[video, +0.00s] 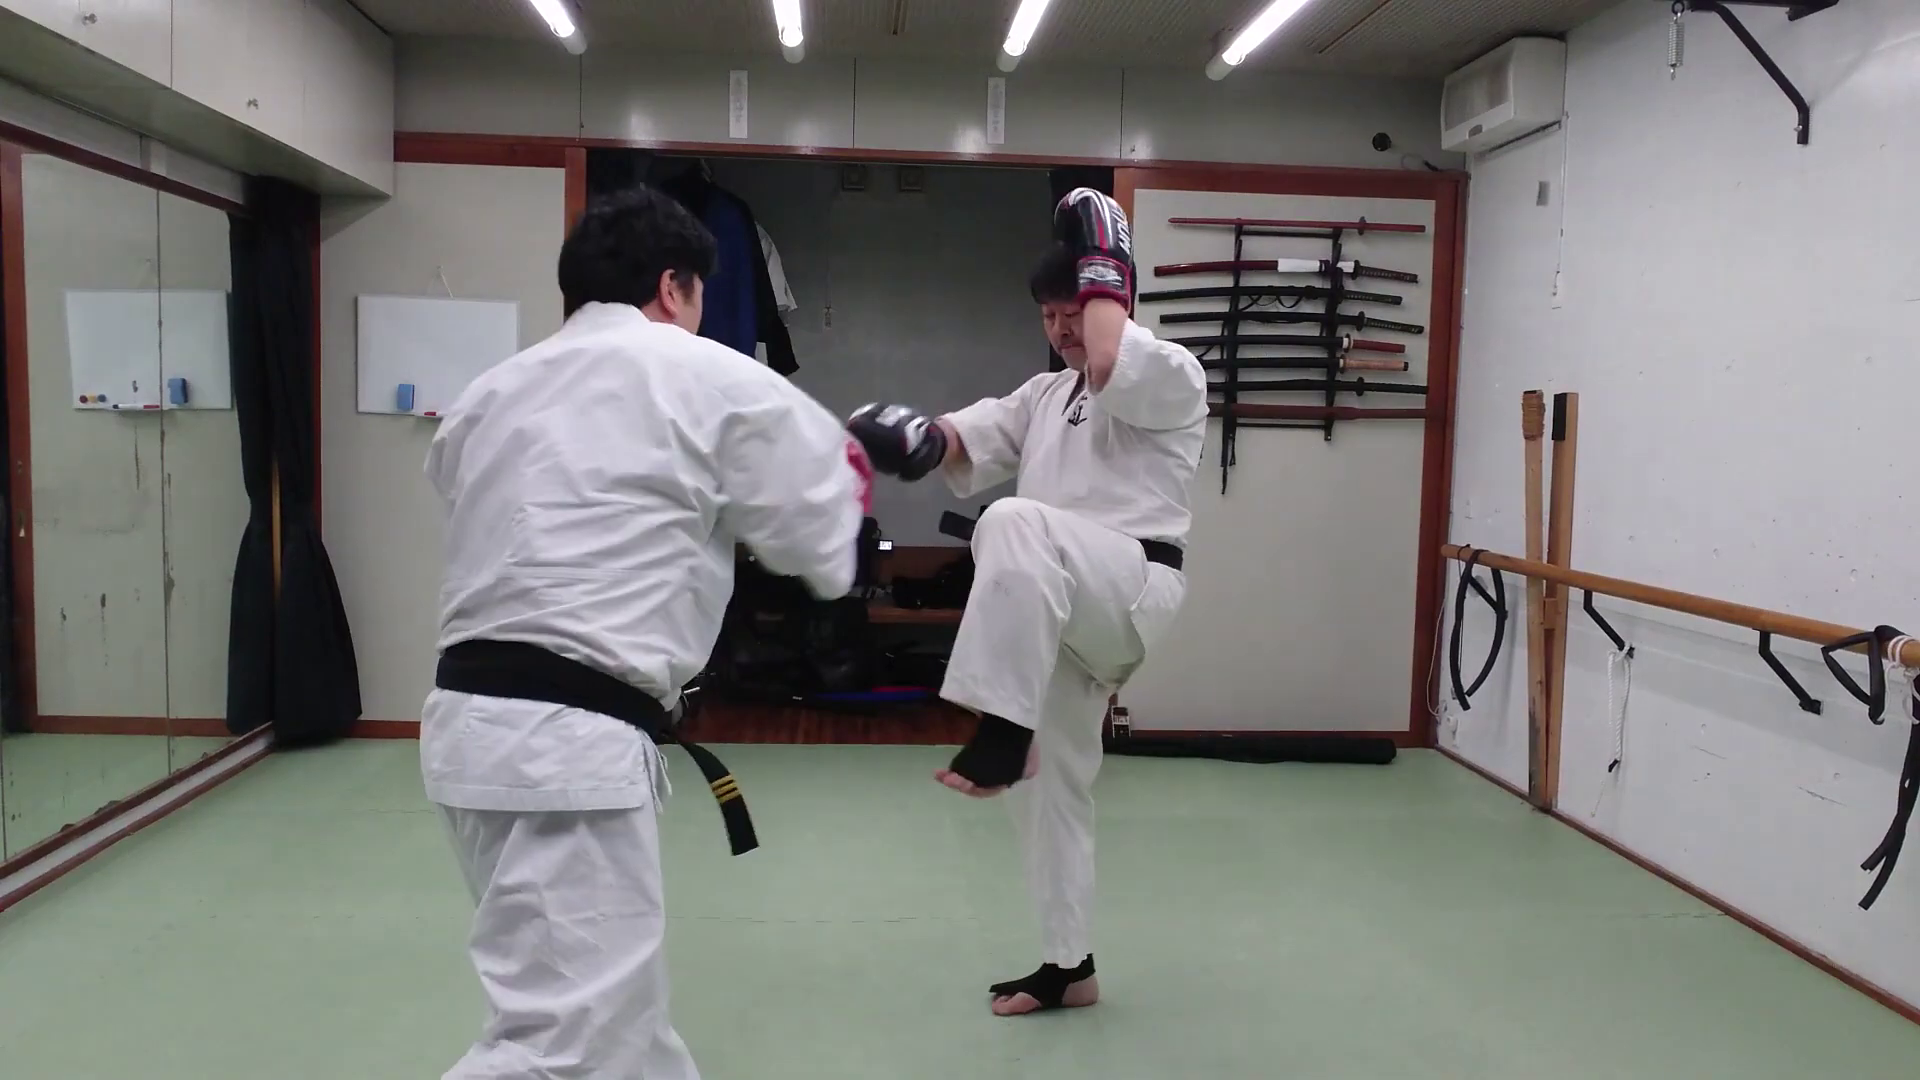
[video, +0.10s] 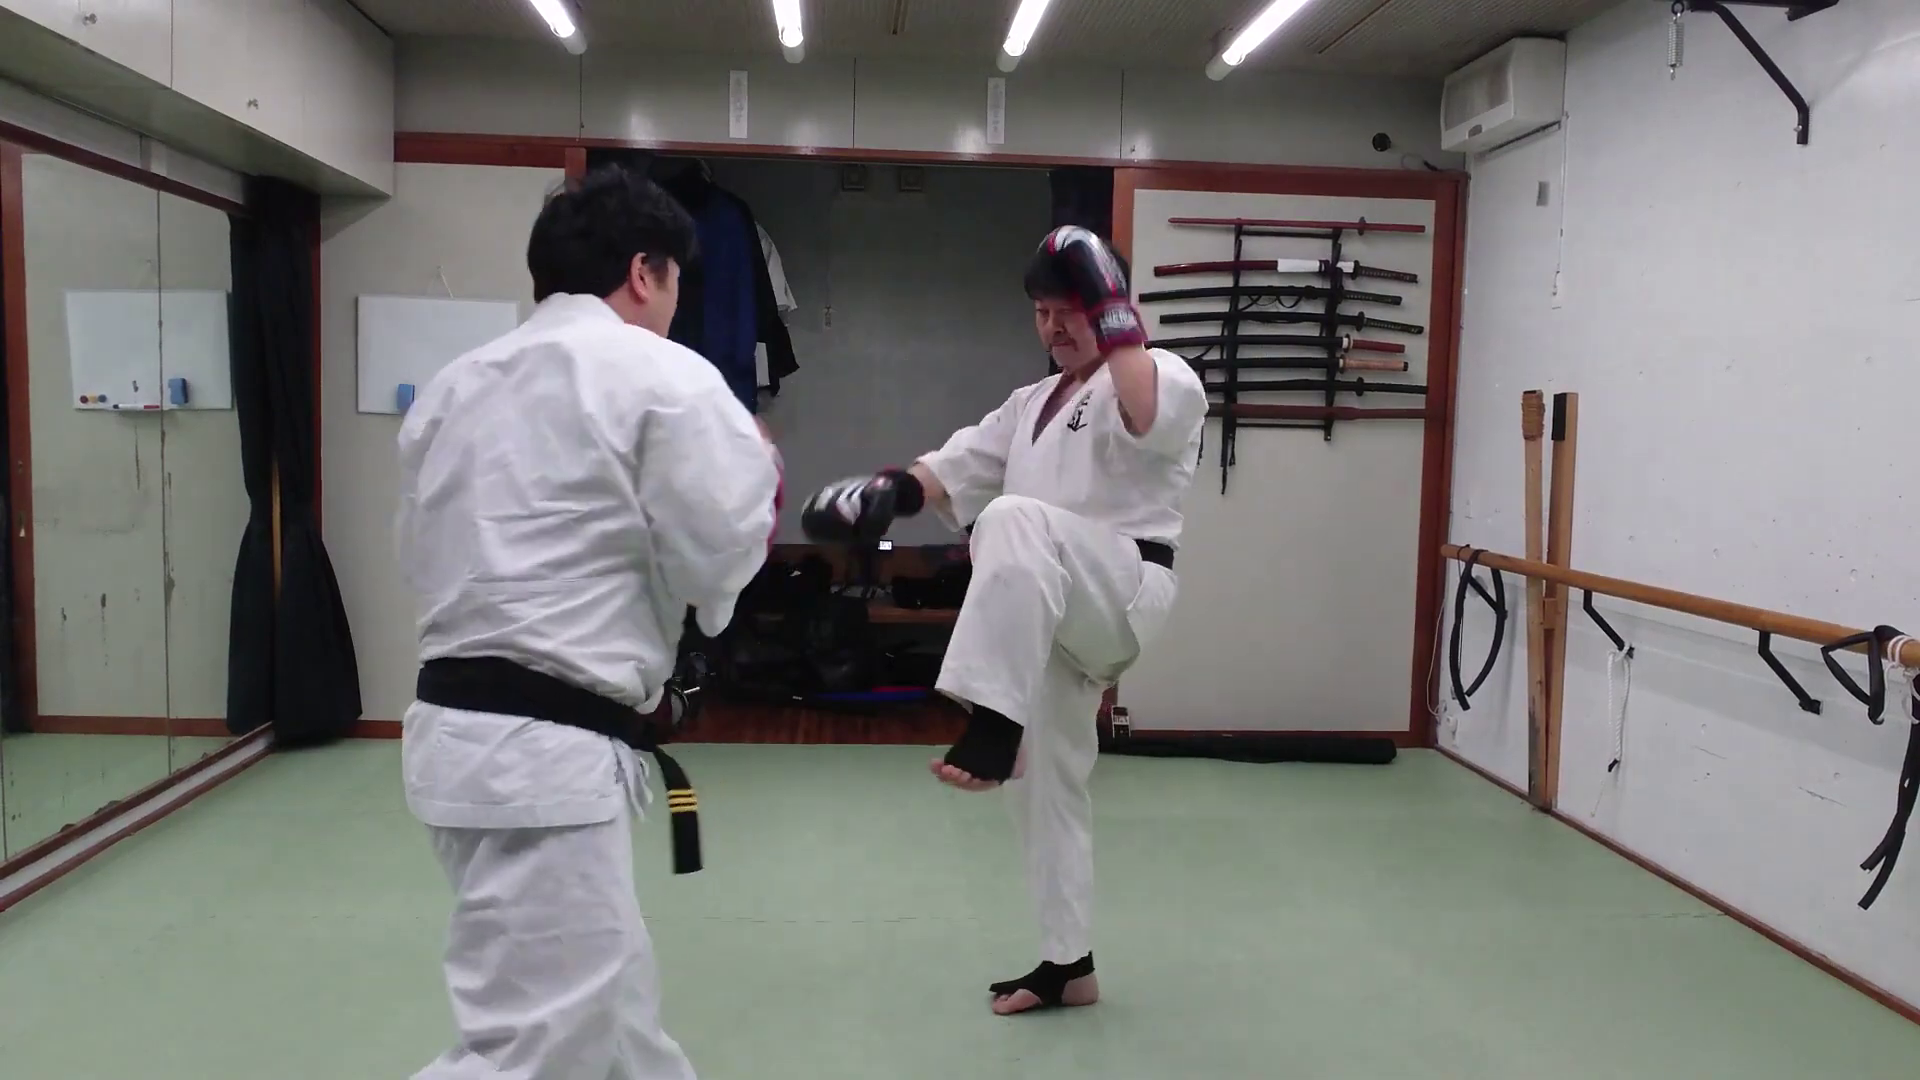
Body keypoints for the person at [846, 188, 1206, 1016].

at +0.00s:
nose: (1059, 325)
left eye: (1071, 310)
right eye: (1049, 313)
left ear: (1109, 308)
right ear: (1040, 319)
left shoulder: (1170, 381)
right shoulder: (1045, 394)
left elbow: (1109, 361)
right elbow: (970, 433)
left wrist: (1105, 264)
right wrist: (917, 438)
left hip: (1139, 588)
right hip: (1058, 586)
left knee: (1017, 522)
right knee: (1056, 780)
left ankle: (1006, 728)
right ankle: (1067, 965)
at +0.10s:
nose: (1053, 324)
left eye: (1067, 308)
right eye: (1042, 310)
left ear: (1110, 310)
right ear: (1033, 316)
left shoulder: (1163, 379)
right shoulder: (1030, 404)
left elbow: (1153, 422)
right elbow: (953, 466)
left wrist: (1115, 314)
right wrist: (887, 489)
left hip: (1132, 590)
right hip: (1047, 589)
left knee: (1017, 521)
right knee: (1051, 780)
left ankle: (995, 726)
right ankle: (1067, 962)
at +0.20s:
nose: (1045, 320)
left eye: (1060, 304)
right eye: (1035, 305)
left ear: (1107, 304)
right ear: (1026, 309)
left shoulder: (1152, 384)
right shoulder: (1024, 400)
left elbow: (1175, 495)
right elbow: (953, 493)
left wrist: (1114, 424)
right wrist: (888, 563)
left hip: (1125, 587)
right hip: (1038, 591)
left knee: (1013, 543)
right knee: (1052, 776)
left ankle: (1014, 743)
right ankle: (1065, 962)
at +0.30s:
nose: (1033, 314)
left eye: (1050, 300)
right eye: (1024, 300)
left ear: (1095, 302)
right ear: (1015, 307)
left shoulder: (1139, 389)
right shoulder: (1005, 408)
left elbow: (1181, 506)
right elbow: (969, 530)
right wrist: (941, 613)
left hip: (1109, 592)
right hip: (1020, 605)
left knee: (1010, 588)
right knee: (1046, 782)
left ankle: (1036, 789)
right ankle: (1066, 963)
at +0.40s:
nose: (1022, 310)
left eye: (1041, 295)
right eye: (1012, 295)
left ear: (1084, 300)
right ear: (1001, 302)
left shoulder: (1131, 390)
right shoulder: (988, 412)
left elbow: (1193, 503)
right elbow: (986, 543)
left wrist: (1195, 590)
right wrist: (973, 629)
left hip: (1101, 584)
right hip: (1021, 601)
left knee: (1020, 651)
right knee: (1029, 781)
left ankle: (1060, 865)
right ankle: (1066, 966)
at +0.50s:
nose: (1011, 308)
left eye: (1029, 293)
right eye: (1001, 293)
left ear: (1074, 298)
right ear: (992, 302)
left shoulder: (1125, 387)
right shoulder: (978, 410)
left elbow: (1201, 488)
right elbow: (978, 539)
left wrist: (1210, 579)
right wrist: (981, 624)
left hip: (1088, 599)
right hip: (1013, 608)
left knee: (1035, 724)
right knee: (1009, 773)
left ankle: (1082, 953)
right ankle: (1057, 960)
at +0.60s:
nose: (1006, 310)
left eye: (1022, 294)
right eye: (995, 296)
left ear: (1066, 297)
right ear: (985, 304)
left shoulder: (1117, 389)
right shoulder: (966, 409)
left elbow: (1193, 499)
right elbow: (947, 533)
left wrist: (1154, 566)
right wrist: (918, 609)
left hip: (1082, 617)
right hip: (1002, 621)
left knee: (1070, 793)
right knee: (1014, 801)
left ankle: (1106, 991)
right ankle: (1058, 969)